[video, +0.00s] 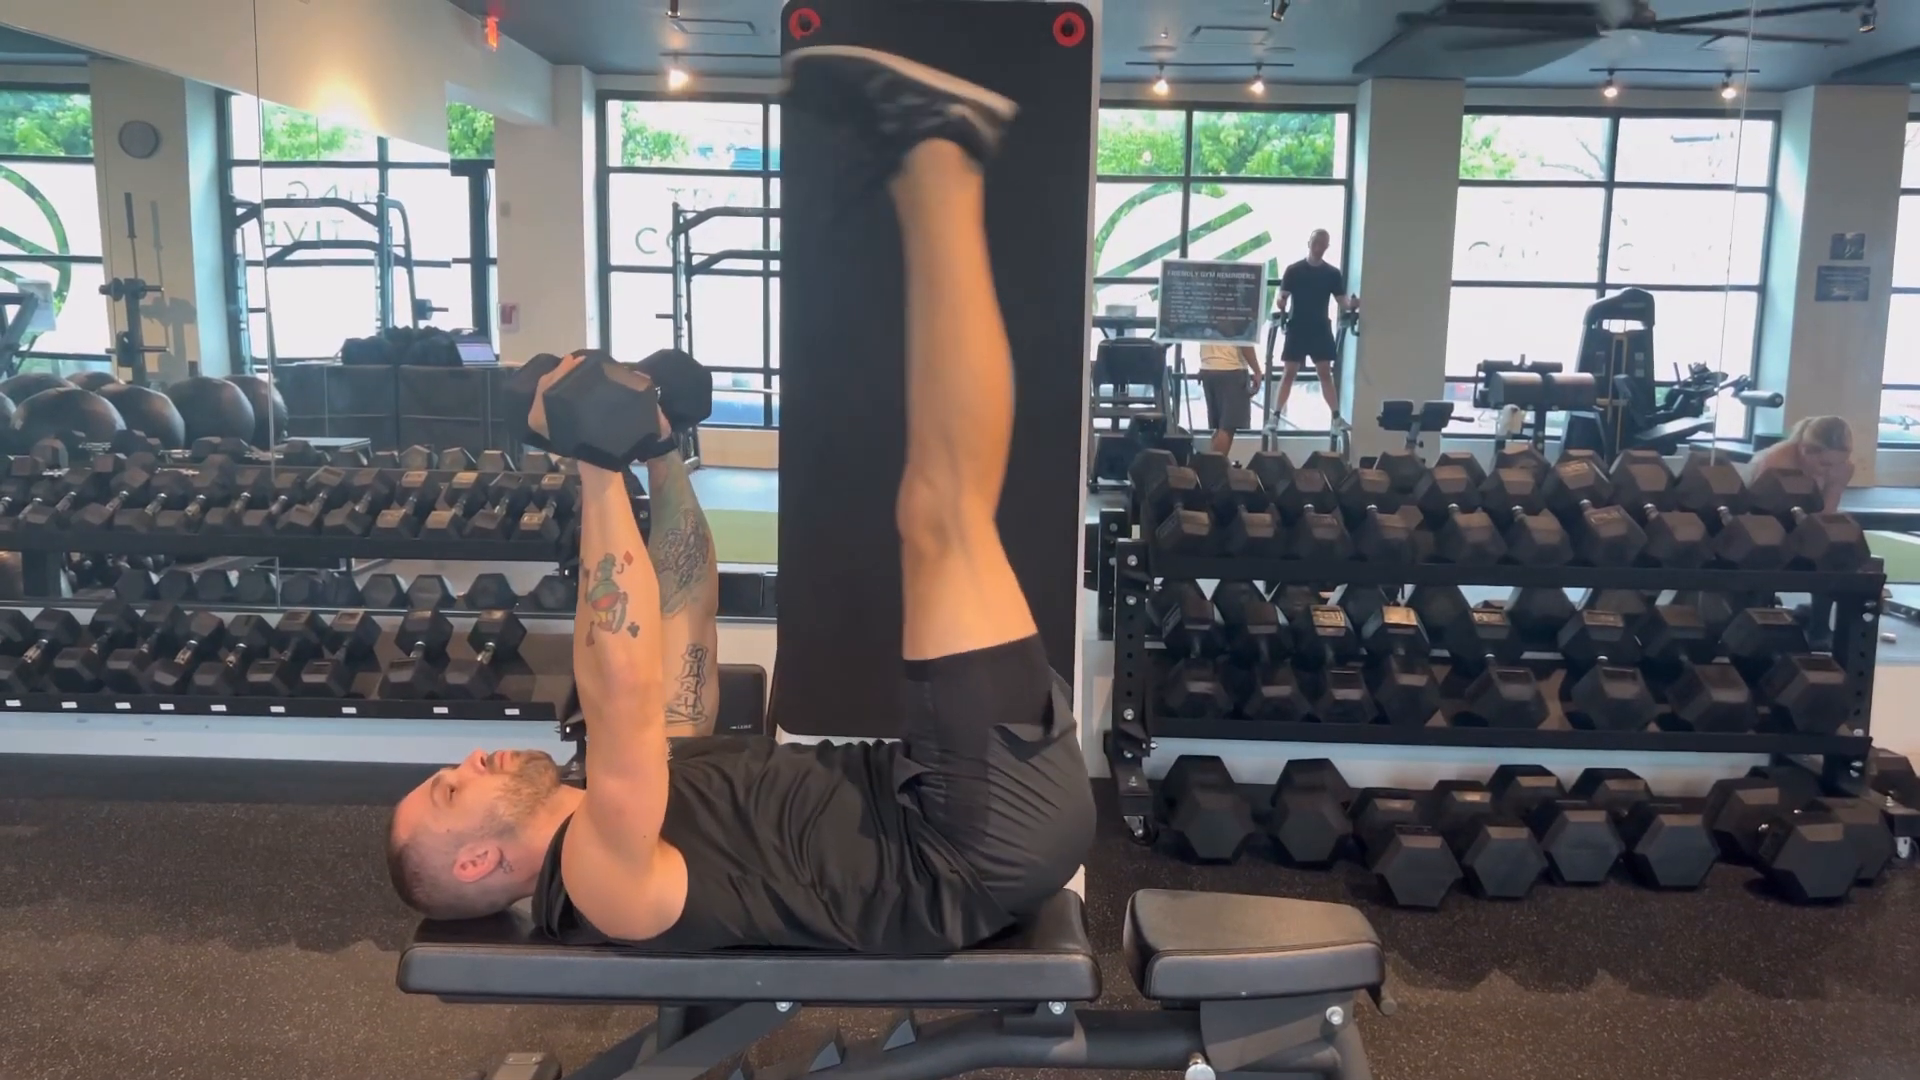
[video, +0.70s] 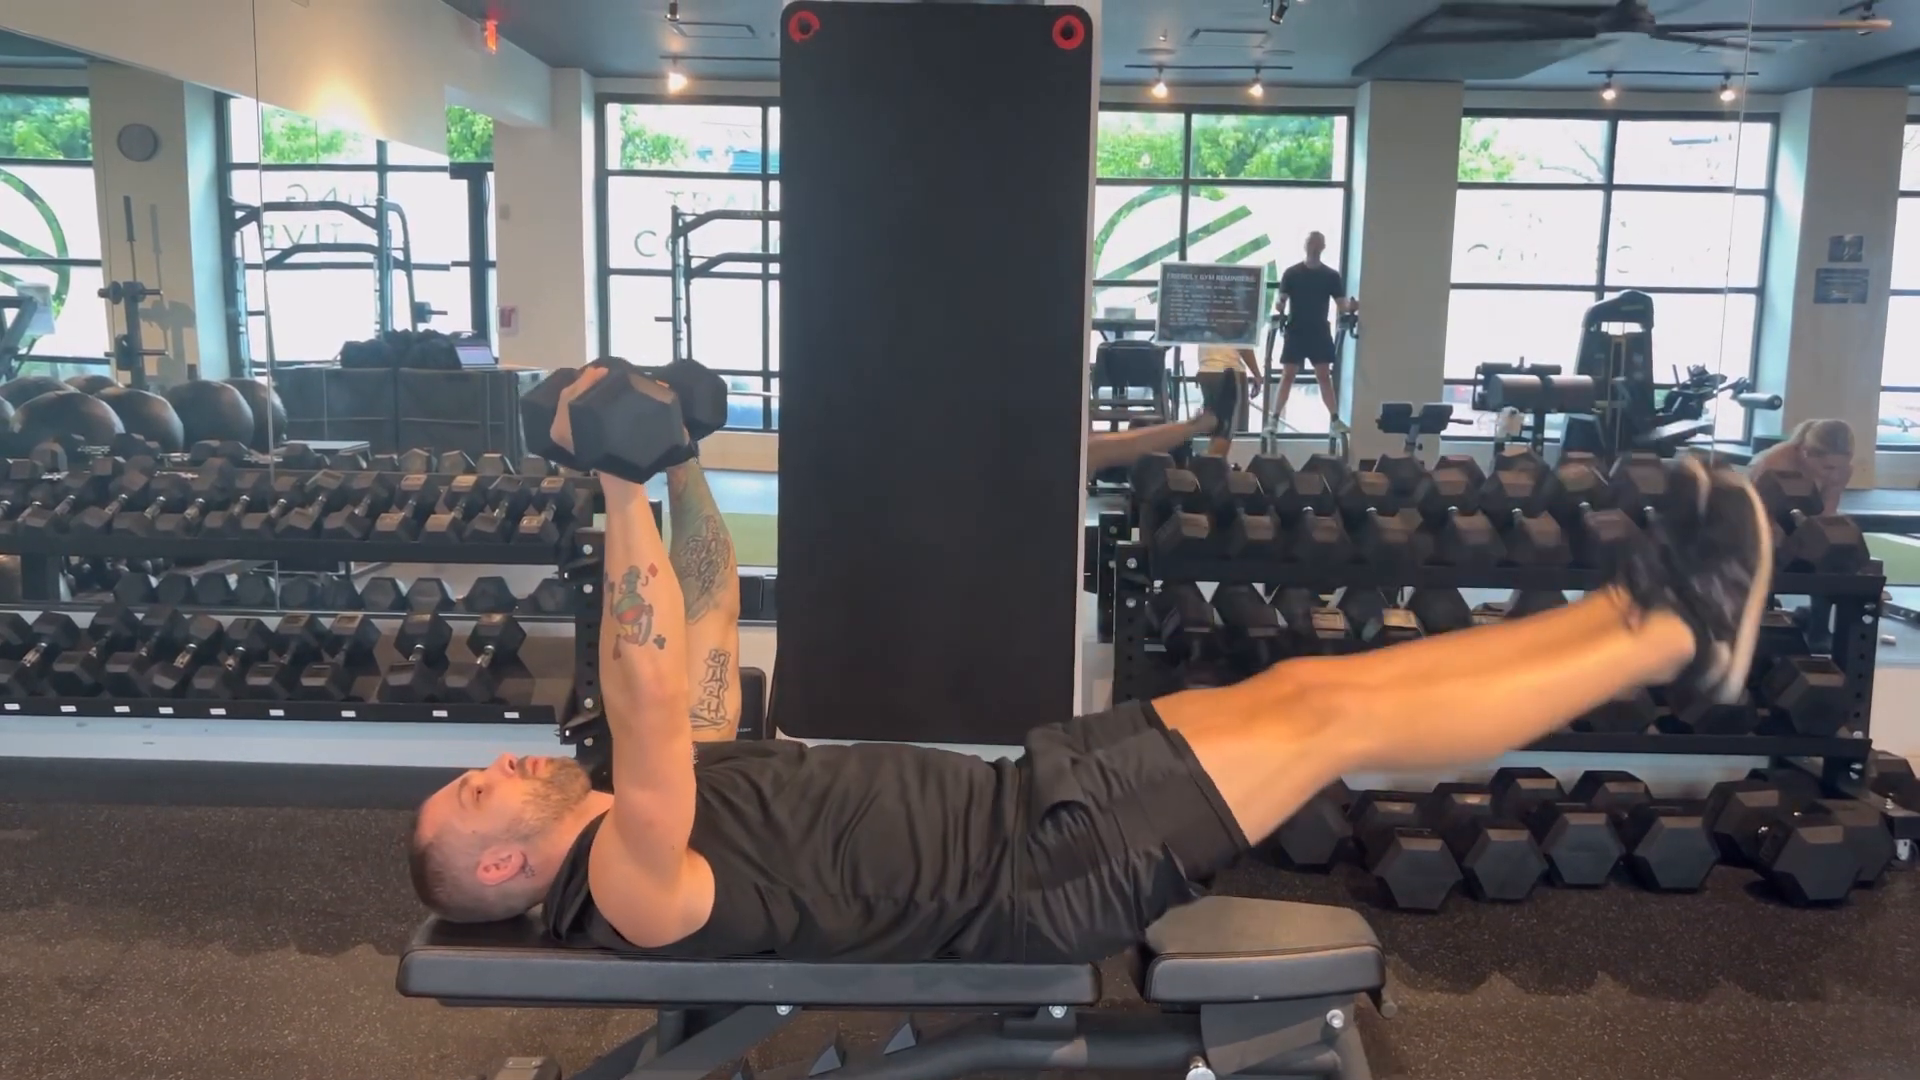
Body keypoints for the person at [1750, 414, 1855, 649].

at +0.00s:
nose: (1832, 472)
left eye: (1838, 465)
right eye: (1826, 464)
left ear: (1846, 458)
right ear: (1804, 450)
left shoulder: (1837, 467)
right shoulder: (1774, 465)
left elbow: (1822, 528)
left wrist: (1836, 488)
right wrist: (1836, 490)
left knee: (1845, 552)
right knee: (1828, 555)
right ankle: (1819, 630)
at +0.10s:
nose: (1831, 472)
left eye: (1838, 465)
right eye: (1826, 464)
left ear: (1846, 458)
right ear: (1805, 450)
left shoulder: (1843, 468)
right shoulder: (1773, 464)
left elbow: (1825, 521)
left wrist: (1836, 489)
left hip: (1800, 537)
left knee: (1834, 553)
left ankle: (1819, 629)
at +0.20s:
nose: (1833, 472)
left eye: (1839, 465)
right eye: (1828, 464)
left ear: (1848, 459)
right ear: (1806, 450)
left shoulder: (1839, 467)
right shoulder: (1774, 466)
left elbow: (1822, 527)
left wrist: (1836, 488)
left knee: (1847, 555)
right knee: (1829, 557)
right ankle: (1819, 632)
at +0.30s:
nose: (1835, 474)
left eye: (1840, 467)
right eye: (1829, 466)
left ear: (1849, 460)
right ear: (1805, 451)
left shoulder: (1840, 468)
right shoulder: (1775, 464)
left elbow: (1825, 521)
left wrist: (1836, 488)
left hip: (1799, 538)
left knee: (1846, 556)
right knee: (1828, 558)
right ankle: (1819, 630)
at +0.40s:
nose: (1835, 474)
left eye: (1841, 467)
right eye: (1829, 466)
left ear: (1849, 460)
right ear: (1806, 451)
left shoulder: (1842, 468)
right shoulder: (1775, 463)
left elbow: (1825, 519)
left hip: (1801, 537)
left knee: (1847, 555)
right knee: (1829, 558)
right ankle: (1818, 630)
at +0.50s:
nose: (1836, 474)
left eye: (1841, 467)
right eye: (1830, 466)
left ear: (1849, 460)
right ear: (1806, 451)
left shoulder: (1841, 467)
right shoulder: (1774, 465)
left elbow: (1825, 521)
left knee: (1847, 556)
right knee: (1828, 559)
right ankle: (1818, 631)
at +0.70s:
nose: (1835, 475)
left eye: (1840, 468)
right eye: (1829, 467)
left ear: (1848, 461)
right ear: (1805, 453)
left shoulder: (1840, 469)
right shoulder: (1771, 467)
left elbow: (1826, 521)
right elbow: (1753, 517)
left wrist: (1835, 492)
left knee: (1845, 556)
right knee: (1826, 561)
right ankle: (1818, 632)